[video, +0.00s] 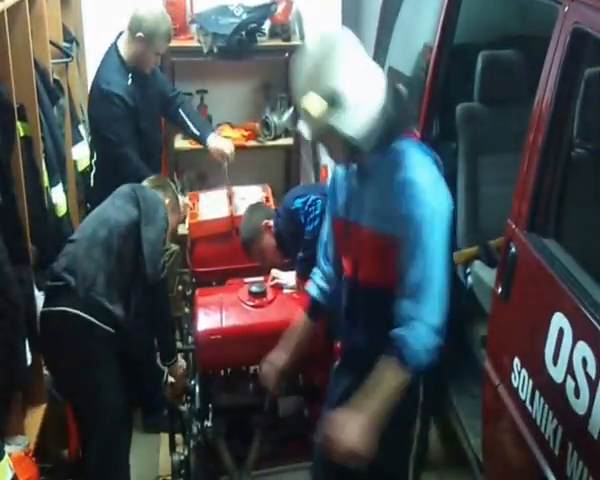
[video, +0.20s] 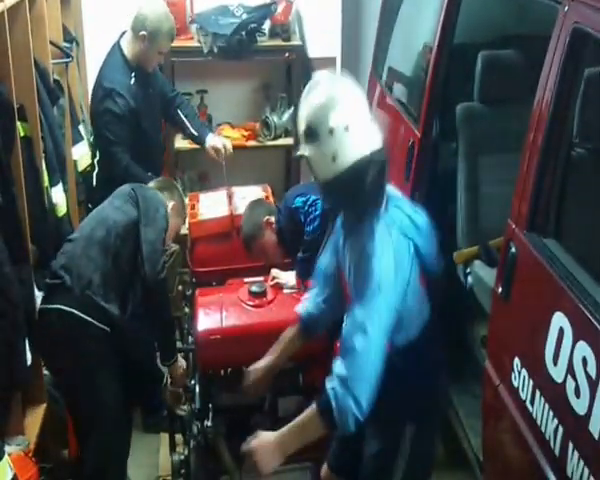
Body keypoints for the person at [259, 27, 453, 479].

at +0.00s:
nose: (324, 143)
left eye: (329, 130)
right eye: (319, 131)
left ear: (358, 119)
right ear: (319, 125)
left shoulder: (415, 177)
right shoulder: (344, 170)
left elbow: (424, 318)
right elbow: (326, 275)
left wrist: (365, 410)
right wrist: (285, 350)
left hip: (402, 359)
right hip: (353, 352)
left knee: (386, 468)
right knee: (332, 457)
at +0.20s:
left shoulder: (388, 234)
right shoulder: (351, 215)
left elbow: (359, 379)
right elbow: (323, 301)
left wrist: (284, 441)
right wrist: (271, 361)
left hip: (407, 402)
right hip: (370, 385)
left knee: (382, 470)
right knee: (339, 467)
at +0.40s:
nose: (335, 119)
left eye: (338, 110)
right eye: (337, 108)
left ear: (350, 120)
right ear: (396, 99)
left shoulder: (373, 198)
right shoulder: (410, 149)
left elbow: (382, 336)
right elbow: (428, 232)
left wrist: (345, 417)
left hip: (352, 331)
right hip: (403, 291)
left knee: (332, 434)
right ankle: (414, 435)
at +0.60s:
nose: (339, 153)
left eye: (342, 139)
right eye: (338, 140)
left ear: (361, 139)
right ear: (393, 126)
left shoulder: (376, 229)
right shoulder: (415, 186)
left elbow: (383, 355)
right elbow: (438, 281)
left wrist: (358, 441)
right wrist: (402, 335)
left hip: (337, 362)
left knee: (318, 461)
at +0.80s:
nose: (319, 113)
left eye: (320, 100)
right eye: (316, 101)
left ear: (337, 102)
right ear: (369, 82)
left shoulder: (382, 188)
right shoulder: (387, 136)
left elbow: (367, 323)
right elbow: (356, 242)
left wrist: (313, 399)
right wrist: (308, 285)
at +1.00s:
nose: (300, 157)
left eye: (305, 142)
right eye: (299, 144)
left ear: (329, 130)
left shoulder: (378, 197)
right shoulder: (341, 189)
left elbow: (362, 331)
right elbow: (312, 268)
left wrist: (292, 411)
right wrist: (262, 323)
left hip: (404, 359)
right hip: (366, 348)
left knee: (395, 463)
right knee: (359, 457)